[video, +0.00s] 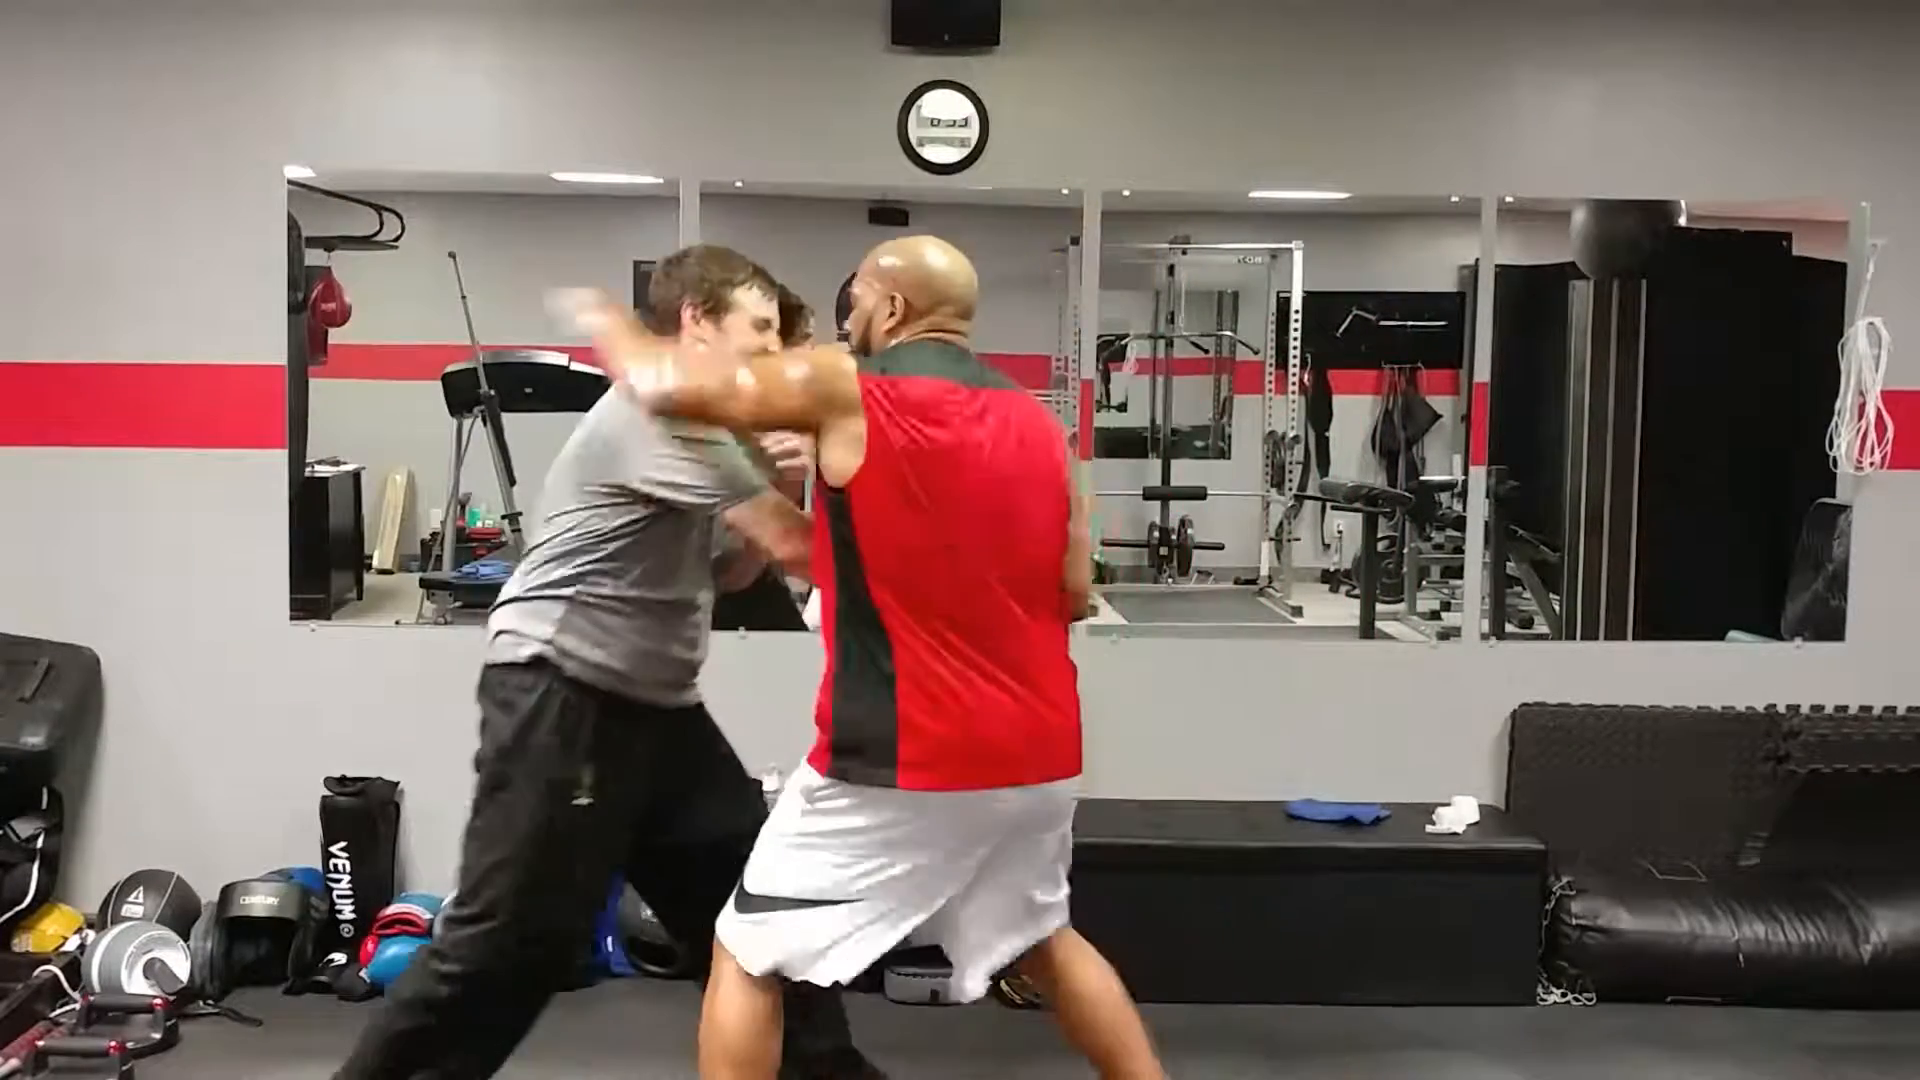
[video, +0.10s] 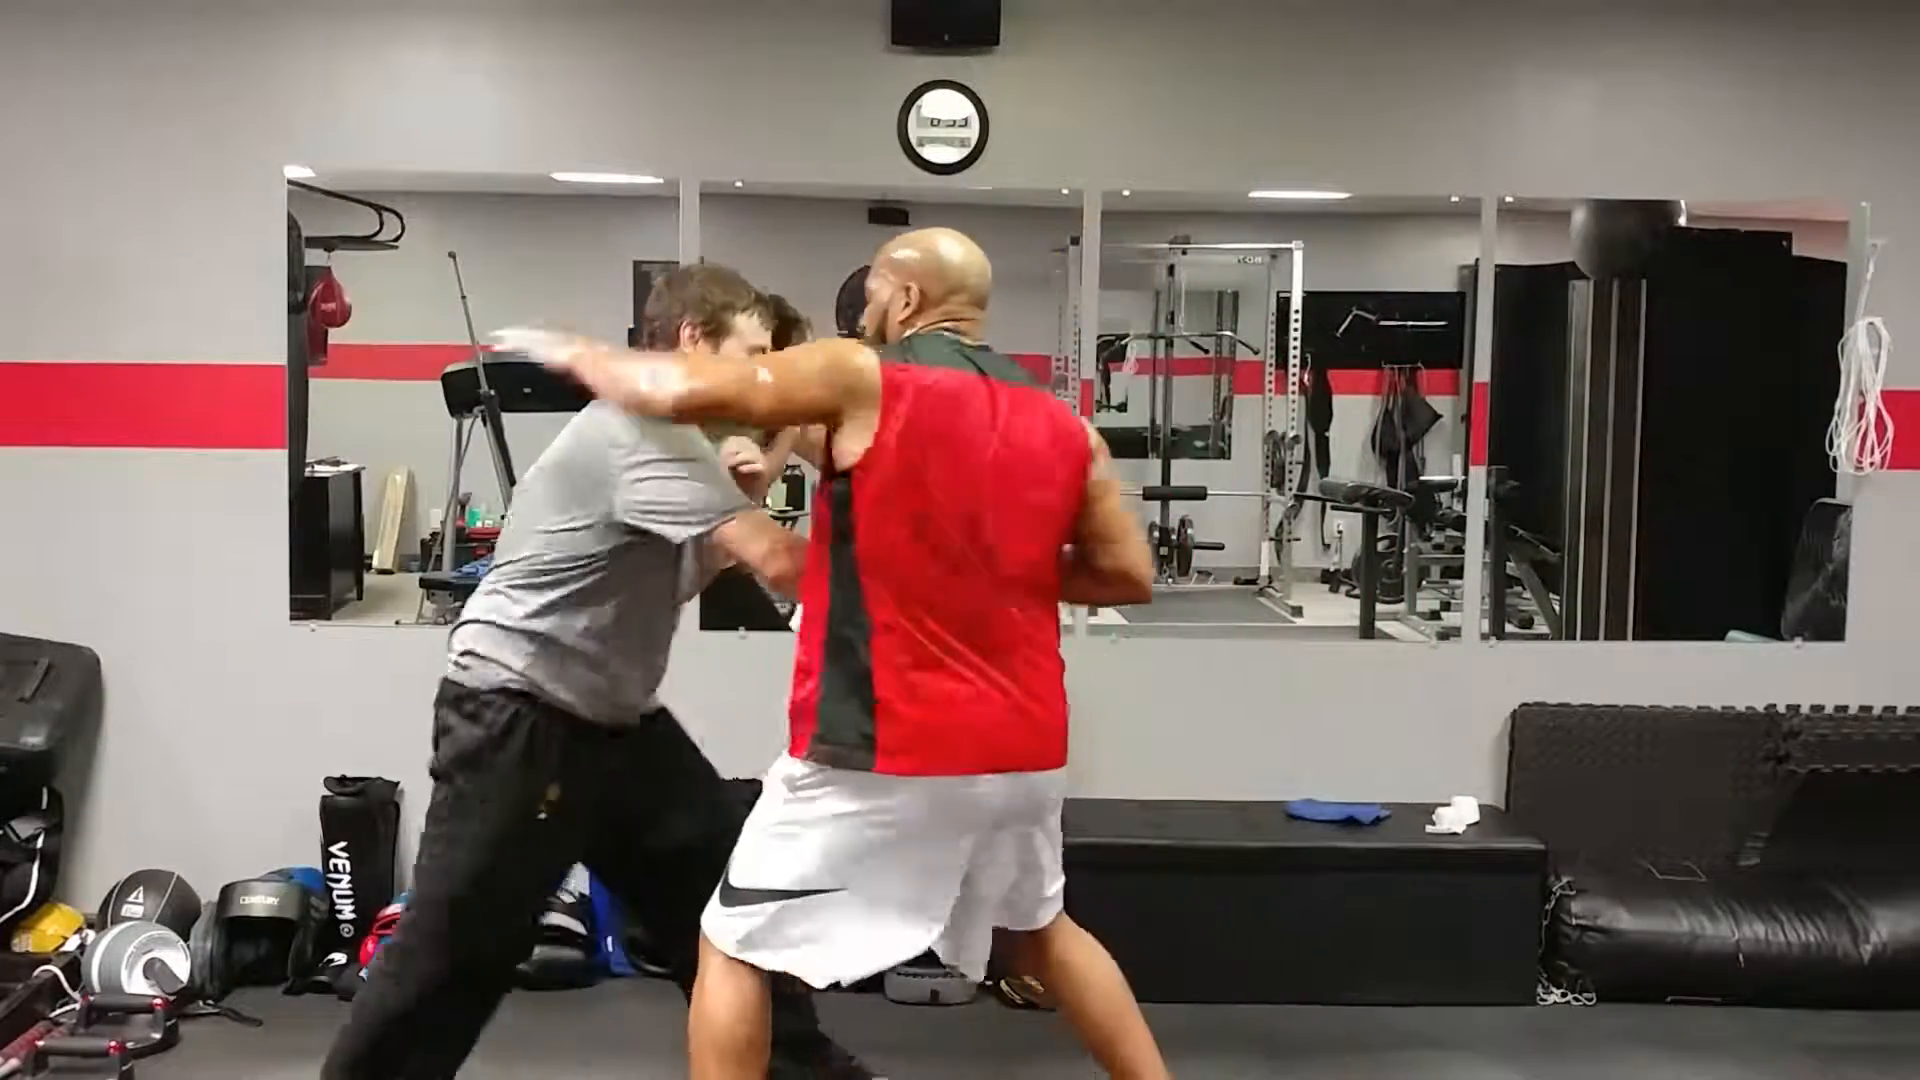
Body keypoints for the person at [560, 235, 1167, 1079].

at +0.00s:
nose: (849, 317)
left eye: (855, 302)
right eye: (851, 303)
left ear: (890, 306)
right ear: (962, 317)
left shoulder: (840, 381)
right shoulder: (1039, 423)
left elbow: (670, 384)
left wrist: (613, 320)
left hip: (895, 748)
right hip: (1041, 743)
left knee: (748, 953)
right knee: (1041, 933)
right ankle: (1146, 1075)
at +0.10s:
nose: (862, 304)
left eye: (872, 288)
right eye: (867, 287)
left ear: (909, 295)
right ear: (974, 309)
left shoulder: (861, 371)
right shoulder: (1066, 428)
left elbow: (678, 390)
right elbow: (1128, 577)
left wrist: (577, 354)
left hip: (874, 740)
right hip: (1026, 743)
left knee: (734, 948)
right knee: (1040, 927)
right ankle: (1152, 1073)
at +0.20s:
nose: (891, 300)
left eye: (906, 281)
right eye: (900, 281)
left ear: (948, 292)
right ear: (1005, 305)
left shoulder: (886, 383)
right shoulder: (1092, 422)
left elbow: (709, 433)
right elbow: (1173, 563)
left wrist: (582, 405)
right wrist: (1065, 553)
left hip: (892, 736)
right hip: (1044, 738)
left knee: (744, 955)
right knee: (1073, 942)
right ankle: (1195, 1078)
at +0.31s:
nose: (936, 287)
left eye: (950, 270)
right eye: (943, 269)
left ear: (994, 276)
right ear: (1049, 288)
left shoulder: (953, 379)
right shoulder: (1135, 403)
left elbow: (803, 460)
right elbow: (1203, 548)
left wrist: (664, 475)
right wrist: (1094, 562)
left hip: (948, 724)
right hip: (1092, 721)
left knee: (806, 967)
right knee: (1108, 949)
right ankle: (1200, 1076)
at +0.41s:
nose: (985, 277)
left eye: (996, 258)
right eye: (988, 258)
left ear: (1041, 263)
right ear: (1090, 268)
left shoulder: (1020, 370)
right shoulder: (1181, 376)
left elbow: (888, 480)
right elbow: (1226, 533)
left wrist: (750, 526)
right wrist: (1115, 555)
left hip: (1026, 694)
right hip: (1161, 694)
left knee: (862, 920)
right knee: (1148, 927)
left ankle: (801, 1075)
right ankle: (1225, 1073)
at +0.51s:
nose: (1016, 267)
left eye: (1027, 246)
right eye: (1018, 248)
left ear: (1080, 247)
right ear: (1116, 252)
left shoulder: (1068, 357)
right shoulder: (1207, 359)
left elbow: (956, 501)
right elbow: (1240, 522)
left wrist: (816, 568)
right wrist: (1116, 540)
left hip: (1075, 678)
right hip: (1204, 679)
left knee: (901, 880)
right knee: (1173, 918)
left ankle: (911, 1070)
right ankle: (1236, 1076)